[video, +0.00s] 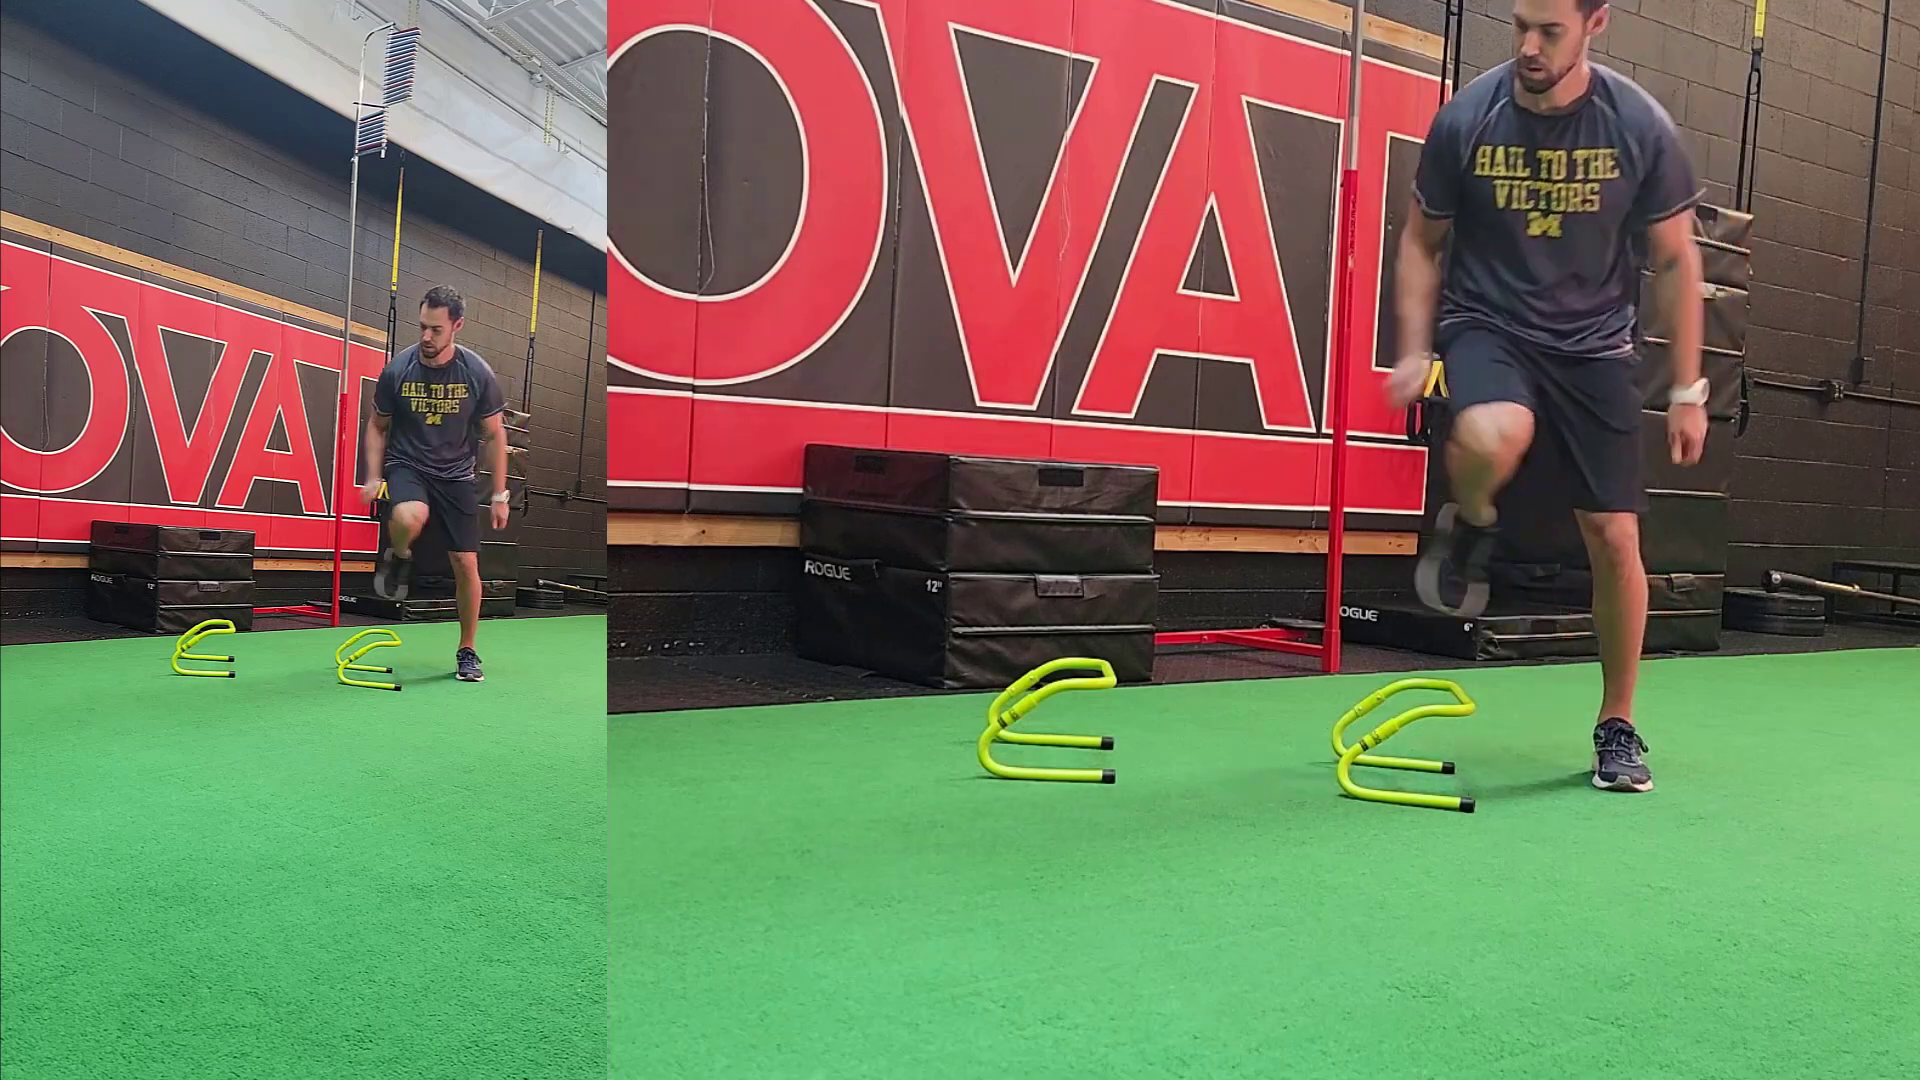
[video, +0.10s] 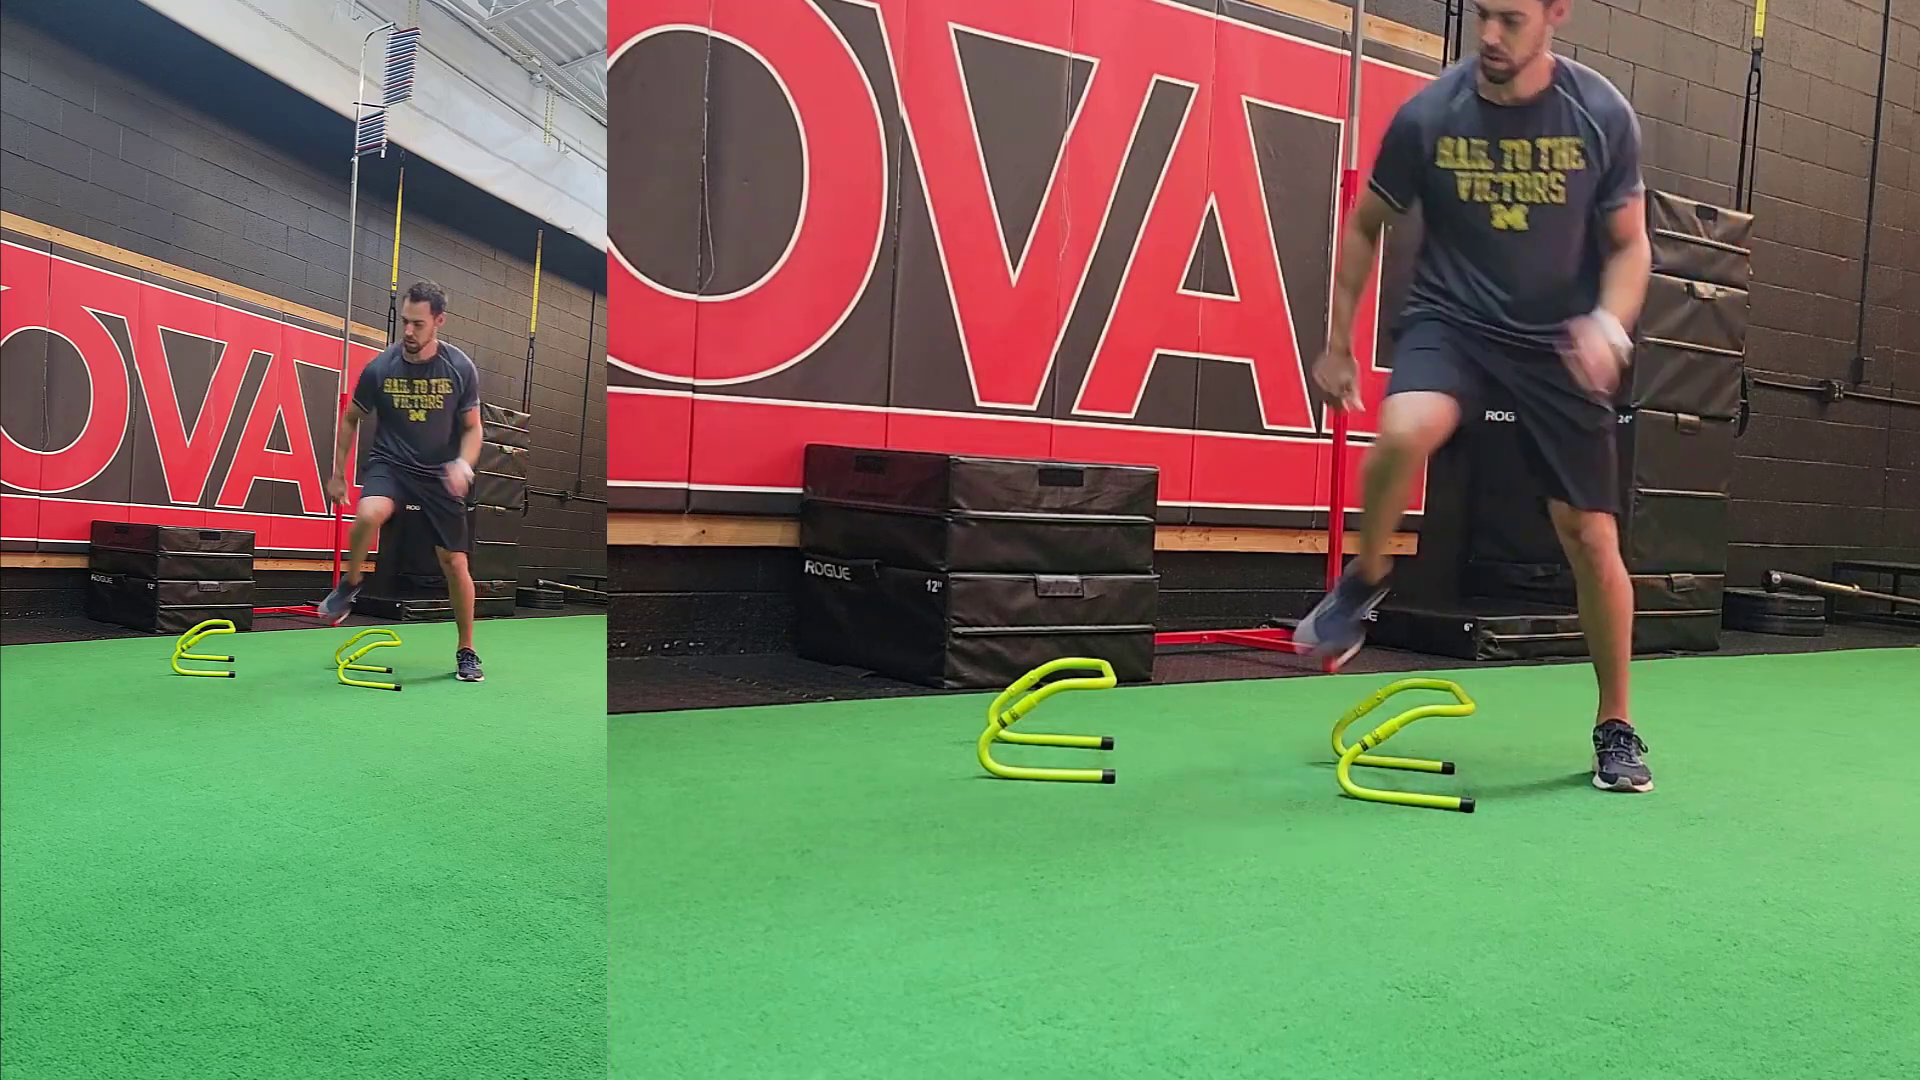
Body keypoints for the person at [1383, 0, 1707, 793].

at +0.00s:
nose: (1530, 48)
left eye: (1549, 31)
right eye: (1521, 28)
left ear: (1594, 24)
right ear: (1508, 23)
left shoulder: (1641, 126)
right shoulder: (1463, 121)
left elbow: (1677, 260)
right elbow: (1423, 240)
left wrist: (1688, 389)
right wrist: (1411, 350)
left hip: (1595, 343)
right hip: (1486, 325)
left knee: (1614, 534)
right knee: (1492, 438)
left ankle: (1618, 725)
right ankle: (1467, 525)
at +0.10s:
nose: (1490, 37)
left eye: (1510, 21)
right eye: (1482, 17)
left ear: (1554, 20)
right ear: (1468, 15)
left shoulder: (1604, 118)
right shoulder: (1427, 117)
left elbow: (1629, 246)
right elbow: (1365, 226)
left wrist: (1612, 324)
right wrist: (1335, 345)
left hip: (1562, 339)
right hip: (1450, 324)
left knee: (1591, 536)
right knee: (1401, 433)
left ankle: (1615, 725)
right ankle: (1365, 582)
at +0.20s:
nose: (1438, 10)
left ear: (1493, 1)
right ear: (1415, 0)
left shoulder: (1548, 74)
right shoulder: (1370, 76)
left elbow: (1589, 180)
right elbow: (1312, 185)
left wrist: (1547, 213)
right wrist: (1302, 308)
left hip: (1502, 320)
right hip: (1385, 308)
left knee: (1550, 500)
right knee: (1333, 473)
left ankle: (1603, 702)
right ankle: (1266, 661)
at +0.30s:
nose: (1390, 14)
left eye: (1408, 2)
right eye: (1379, 2)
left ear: (1444, 1)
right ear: (1364, 1)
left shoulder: (1497, 81)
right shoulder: (1312, 85)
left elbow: (1516, 184)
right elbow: (1273, 208)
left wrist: (1522, 276)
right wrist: (1266, 322)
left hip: (1445, 306)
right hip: (1329, 314)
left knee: (1490, 476)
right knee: (1296, 506)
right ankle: (1257, 695)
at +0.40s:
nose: (1340, 10)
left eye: (1358, 2)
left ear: (1390, 4)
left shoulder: (1438, 80)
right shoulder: (1261, 77)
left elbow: (1479, 183)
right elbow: (1211, 201)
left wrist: (1489, 297)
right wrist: (1245, 260)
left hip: (1387, 298)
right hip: (1281, 305)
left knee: (1380, 412)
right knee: (1261, 506)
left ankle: (1374, 559)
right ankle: (1251, 697)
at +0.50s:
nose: (1284, 7)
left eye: (1301, 0)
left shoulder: (1395, 61)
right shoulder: (1211, 53)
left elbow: (1436, 176)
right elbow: (1177, 178)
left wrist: (1433, 298)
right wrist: (1189, 249)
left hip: (1331, 281)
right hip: (1231, 277)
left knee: (1305, 448)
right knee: (1197, 451)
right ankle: (1226, 623)